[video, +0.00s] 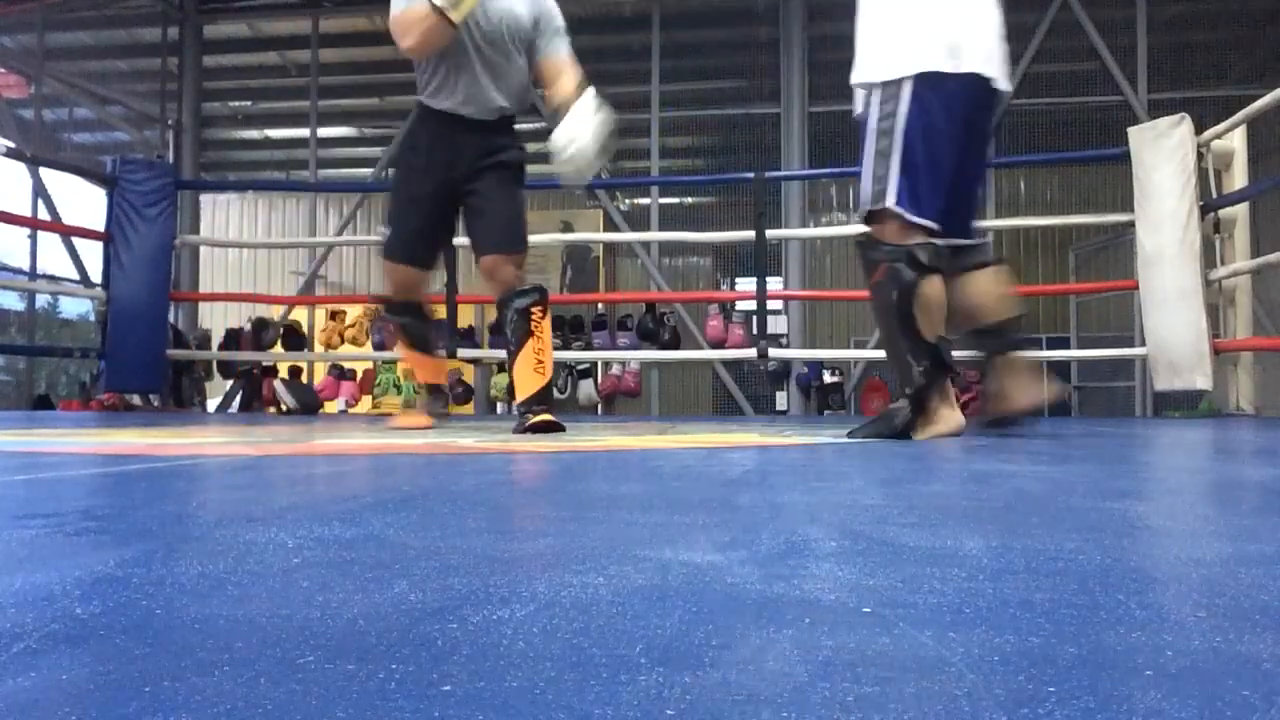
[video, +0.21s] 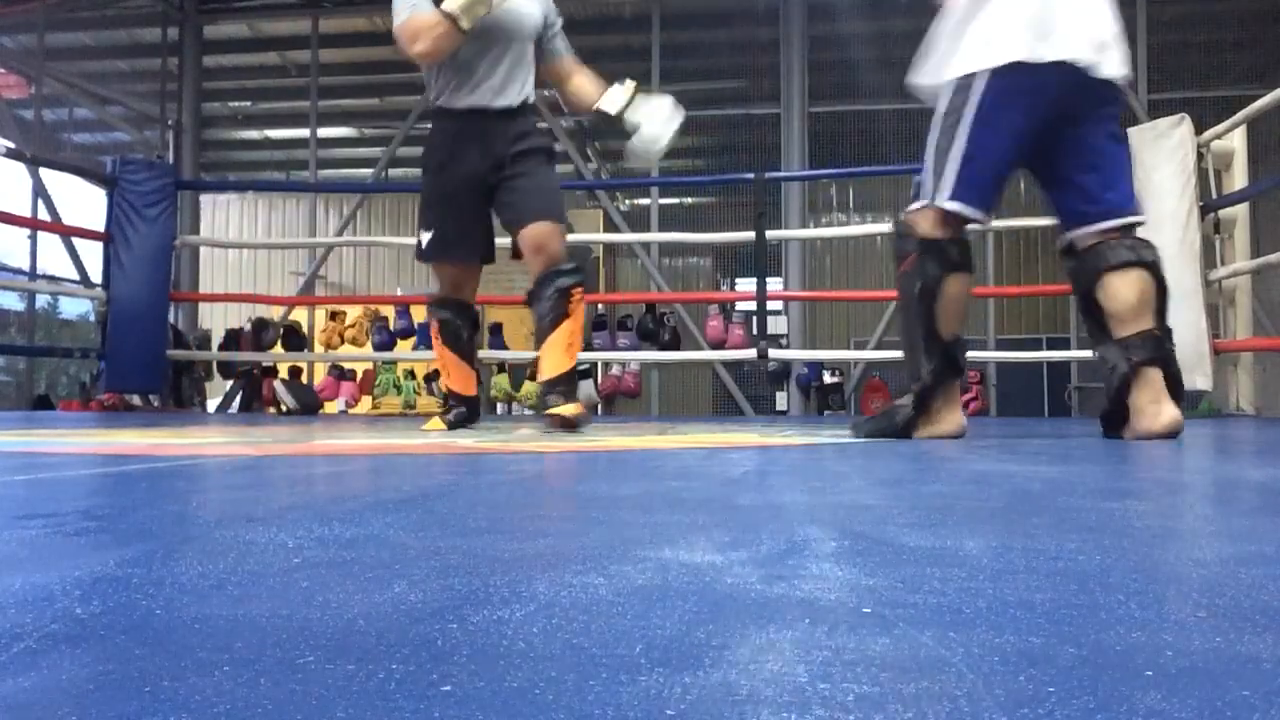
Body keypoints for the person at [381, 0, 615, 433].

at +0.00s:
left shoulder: (538, 6)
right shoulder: (418, 0)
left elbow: (562, 79)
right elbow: (413, 42)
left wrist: (580, 120)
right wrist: (459, 3)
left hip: (496, 140)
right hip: (432, 134)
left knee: (500, 266)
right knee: (401, 276)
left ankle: (534, 402)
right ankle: (433, 385)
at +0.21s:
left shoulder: (536, 5)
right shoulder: (419, 2)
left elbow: (567, 72)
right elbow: (421, 47)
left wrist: (623, 103)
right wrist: (467, 7)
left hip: (520, 133)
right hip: (454, 135)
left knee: (547, 248)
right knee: (456, 275)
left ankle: (559, 391)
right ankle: (460, 402)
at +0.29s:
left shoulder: (548, 4)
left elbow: (585, 58)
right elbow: (429, 37)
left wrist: (653, 68)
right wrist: (482, 3)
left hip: (528, 121)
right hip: (463, 123)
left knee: (555, 246)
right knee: (459, 269)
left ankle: (578, 384)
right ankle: (462, 394)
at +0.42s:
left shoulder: (561, 6)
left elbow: (617, 57)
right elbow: (448, 36)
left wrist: (678, 39)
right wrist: (498, 4)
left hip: (539, 131)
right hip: (474, 130)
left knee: (566, 261)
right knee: (469, 270)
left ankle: (618, 396)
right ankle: (461, 397)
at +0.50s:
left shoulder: (578, 9)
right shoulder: (468, 2)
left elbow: (631, 68)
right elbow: (467, 46)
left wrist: (692, 37)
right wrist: (513, 7)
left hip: (556, 141)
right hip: (491, 138)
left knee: (580, 272)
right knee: (479, 274)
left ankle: (618, 405)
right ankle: (461, 399)